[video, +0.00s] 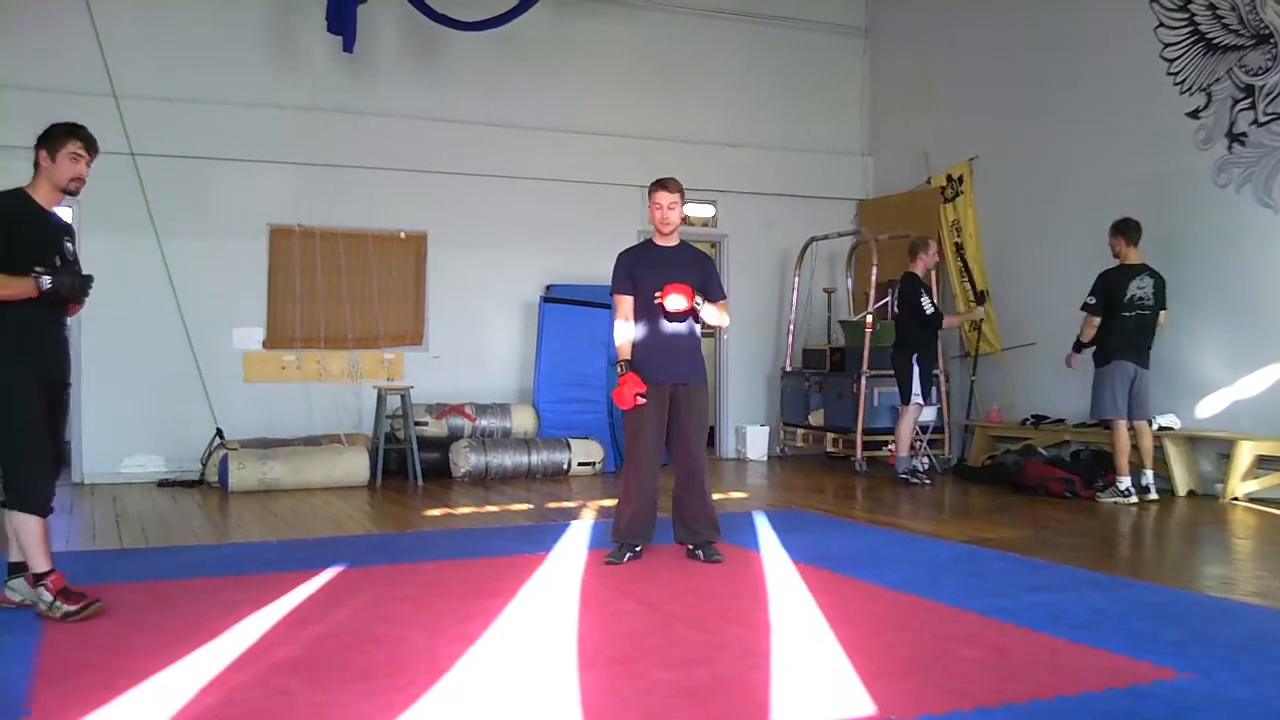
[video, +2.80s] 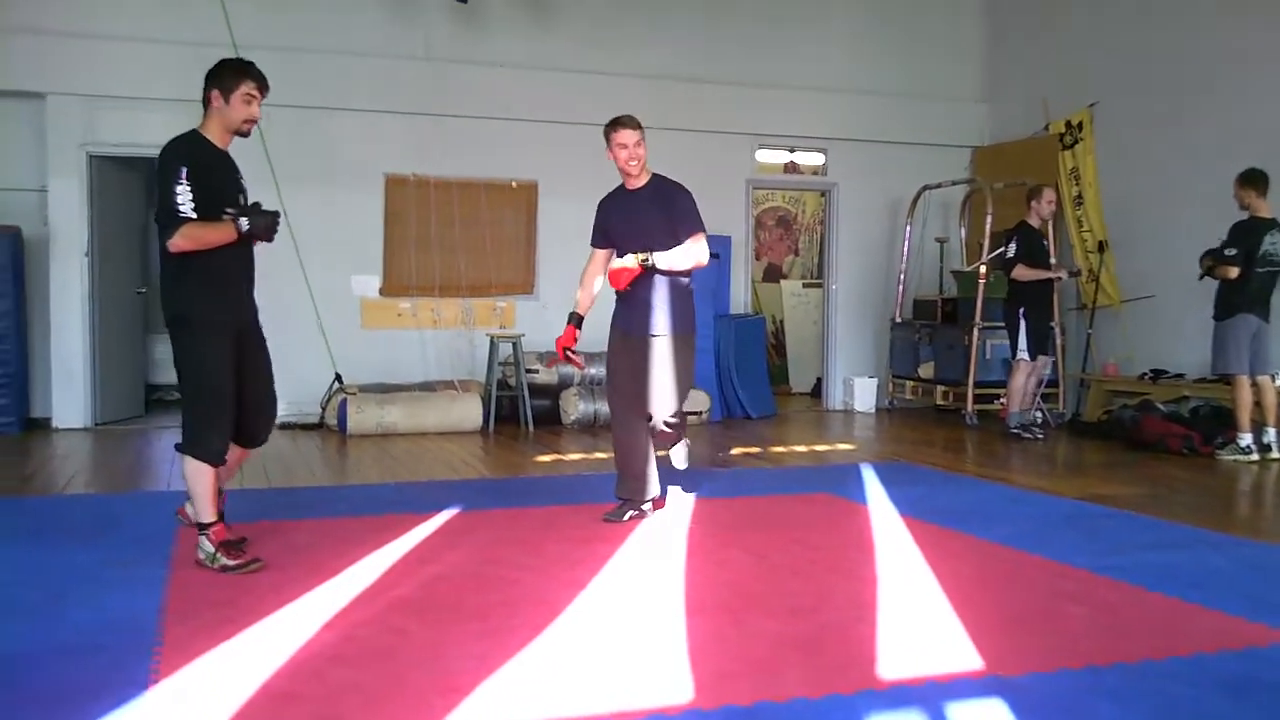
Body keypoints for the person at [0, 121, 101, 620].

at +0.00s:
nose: (82, 170)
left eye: (87, 163)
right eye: (75, 158)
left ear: (84, 170)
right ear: (43, 157)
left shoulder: (62, 227)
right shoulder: (6, 207)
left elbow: (65, 307)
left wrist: (73, 294)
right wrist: (43, 284)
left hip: (49, 365)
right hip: (11, 363)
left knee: (30, 465)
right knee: (30, 464)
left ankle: (18, 575)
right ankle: (46, 585)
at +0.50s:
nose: (75, 156)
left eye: (79, 149)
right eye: (65, 147)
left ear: (77, 158)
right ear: (34, 152)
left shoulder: (74, 226)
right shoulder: (6, 209)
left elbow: (93, 302)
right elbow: (0, 288)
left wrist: (89, 280)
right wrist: (48, 278)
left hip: (72, 366)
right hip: (16, 367)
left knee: (72, 469)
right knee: (11, 477)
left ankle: (73, 575)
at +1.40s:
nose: (123, 156)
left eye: (125, 148)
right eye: (116, 146)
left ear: (99, 150)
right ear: (83, 144)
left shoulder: (96, 215)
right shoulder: (43, 202)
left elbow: (88, 278)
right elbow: (36, 287)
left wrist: (117, 274)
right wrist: (104, 278)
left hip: (101, 364)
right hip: (53, 367)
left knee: (124, 466)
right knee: (45, 472)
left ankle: (147, 573)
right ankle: (31, 588)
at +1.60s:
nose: (177, 159)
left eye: (181, 151)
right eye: (168, 148)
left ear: (175, 158)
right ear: (138, 149)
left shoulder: (155, 219)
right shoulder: (103, 205)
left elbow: (150, 292)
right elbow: (94, 287)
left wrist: (178, 285)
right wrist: (160, 278)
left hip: (162, 365)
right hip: (115, 367)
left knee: (170, 465)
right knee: (95, 471)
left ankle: (177, 573)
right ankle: (63, 583)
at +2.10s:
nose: (228, 161)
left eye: (233, 154)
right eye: (220, 150)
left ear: (233, 163)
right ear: (193, 151)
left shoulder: (218, 224)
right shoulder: (147, 198)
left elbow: (229, 303)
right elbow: (120, 268)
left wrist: (224, 279)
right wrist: (188, 268)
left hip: (201, 357)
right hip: (153, 354)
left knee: (190, 464)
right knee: (159, 460)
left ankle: (171, 567)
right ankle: (118, 568)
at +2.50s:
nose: (226, 108)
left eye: (231, 100)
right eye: (218, 97)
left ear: (229, 104)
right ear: (188, 95)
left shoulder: (215, 166)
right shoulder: (146, 147)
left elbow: (229, 247)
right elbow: (126, 224)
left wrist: (231, 226)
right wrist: (196, 218)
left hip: (209, 306)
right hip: (164, 305)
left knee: (195, 409)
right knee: (179, 410)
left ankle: (161, 511)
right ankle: (187, 530)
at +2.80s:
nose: (256, 113)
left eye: (260, 104)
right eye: (249, 100)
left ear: (245, 105)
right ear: (216, 97)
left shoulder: (226, 164)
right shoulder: (182, 153)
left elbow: (216, 230)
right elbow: (178, 237)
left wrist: (246, 227)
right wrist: (242, 226)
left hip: (237, 311)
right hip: (199, 313)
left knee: (255, 417)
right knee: (207, 421)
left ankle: (200, 498)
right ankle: (210, 540)